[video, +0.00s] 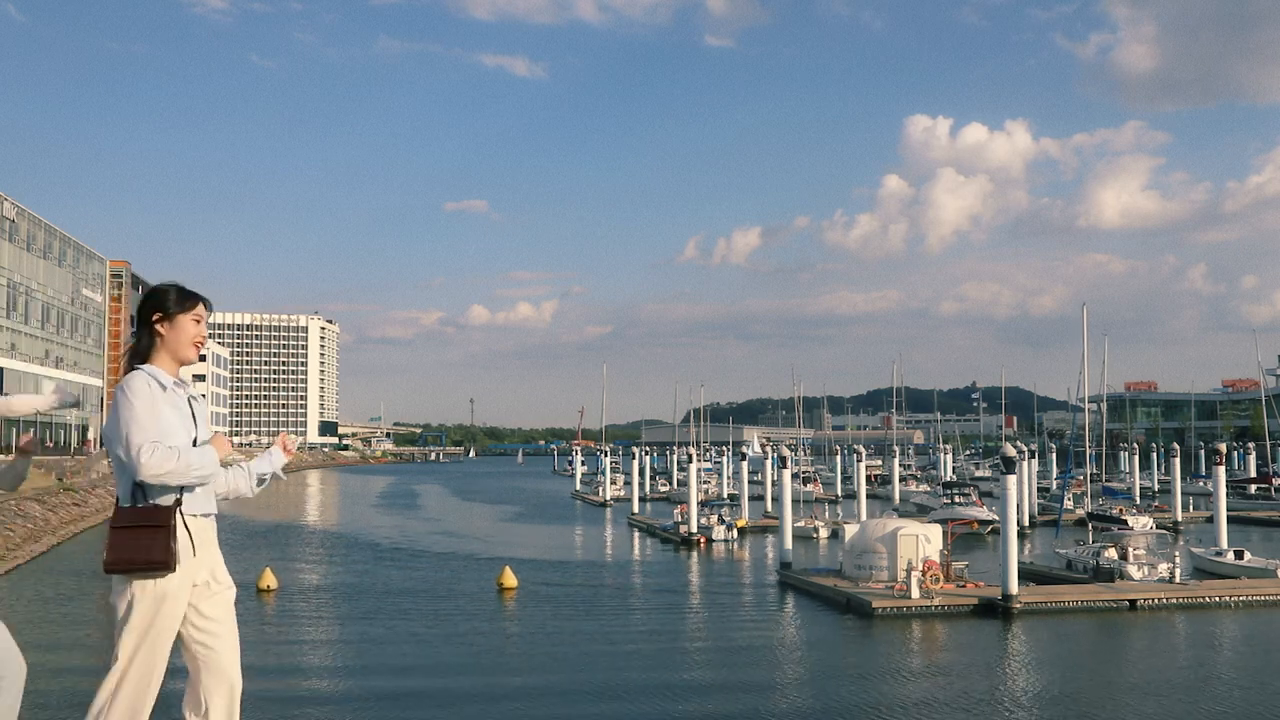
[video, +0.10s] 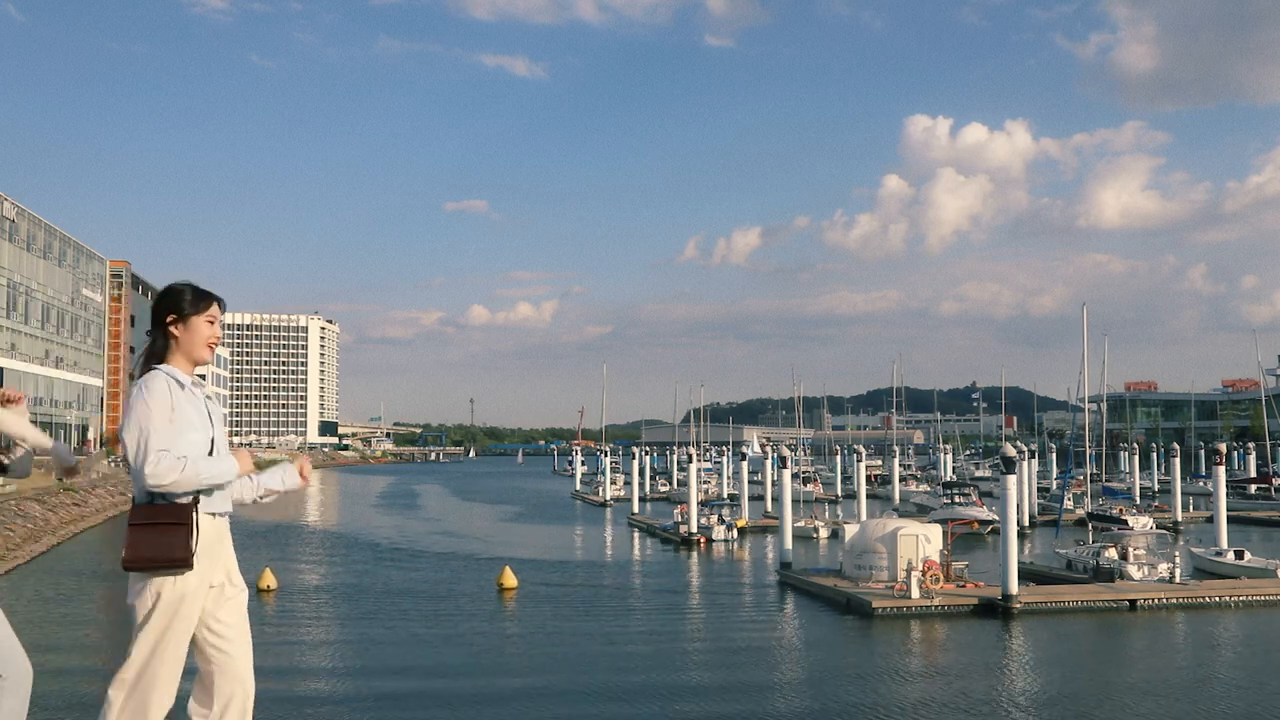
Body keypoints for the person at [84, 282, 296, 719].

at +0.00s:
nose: (204, 334)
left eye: (205, 325)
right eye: (196, 322)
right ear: (161, 325)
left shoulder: (190, 397)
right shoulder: (136, 387)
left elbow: (210, 482)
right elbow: (148, 463)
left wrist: (269, 461)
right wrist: (210, 454)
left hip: (203, 537)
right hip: (157, 537)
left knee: (220, 680)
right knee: (134, 682)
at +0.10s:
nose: (218, 335)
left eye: (219, 325)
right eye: (209, 323)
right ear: (175, 326)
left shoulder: (207, 398)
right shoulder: (154, 388)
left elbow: (221, 490)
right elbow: (157, 472)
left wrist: (285, 477)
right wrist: (231, 464)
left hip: (216, 537)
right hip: (173, 536)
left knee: (231, 682)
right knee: (148, 681)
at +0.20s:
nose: (230, 344)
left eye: (231, 333)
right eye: (221, 332)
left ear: (196, 339)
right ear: (187, 337)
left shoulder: (213, 405)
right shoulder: (165, 401)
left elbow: (233, 495)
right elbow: (172, 495)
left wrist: (294, 545)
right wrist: (248, 538)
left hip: (232, 560)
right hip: (190, 561)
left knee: (250, 699)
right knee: (192, 701)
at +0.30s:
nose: (240, 351)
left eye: (241, 341)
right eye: (229, 340)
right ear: (195, 348)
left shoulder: (222, 411)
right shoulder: (184, 409)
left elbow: (256, 497)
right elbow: (197, 502)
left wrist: (291, 565)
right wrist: (260, 559)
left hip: (236, 572)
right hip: (209, 574)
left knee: (259, 698)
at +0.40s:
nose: (252, 342)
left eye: (252, 332)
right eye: (241, 332)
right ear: (206, 340)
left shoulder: (231, 398)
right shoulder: (202, 397)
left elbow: (255, 483)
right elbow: (195, 487)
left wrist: (293, 525)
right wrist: (269, 499)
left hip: (236, 561)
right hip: (212, 566)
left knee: (245, 683)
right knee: (295, 671)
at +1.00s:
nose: (313, 336)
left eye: (315, 325)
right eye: (301, 326)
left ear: (316, 329)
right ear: (268, 335)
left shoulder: (305, 392)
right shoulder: (257, 391)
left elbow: (312, 468)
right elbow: (246, 478)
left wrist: (340, 488)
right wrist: (321, 450)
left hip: (310, 543)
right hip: (277, 546)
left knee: (280, 683)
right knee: (332, 685)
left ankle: (246, 713)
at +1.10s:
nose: (324, 346)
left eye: (326, 336)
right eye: (311, 338)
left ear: (328, 339)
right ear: (278, 345)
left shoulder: (323, 406)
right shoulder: (263, 406)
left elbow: (327, 480)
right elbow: (252, 494)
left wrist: (352, 523)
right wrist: (341, 502)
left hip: (325, 562)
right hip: (289, 568)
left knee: (286, 694)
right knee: (350, 694)